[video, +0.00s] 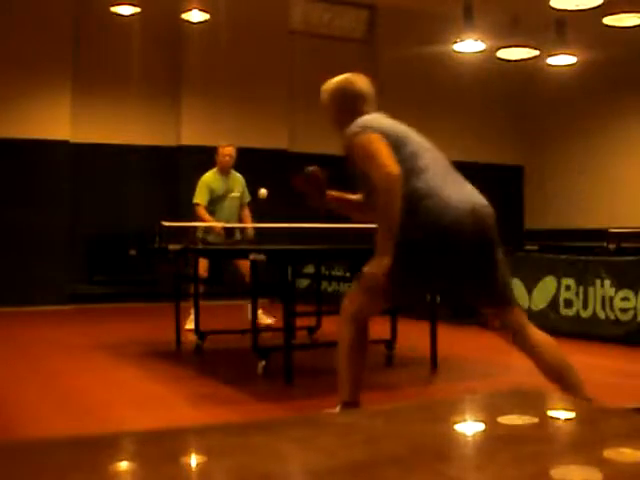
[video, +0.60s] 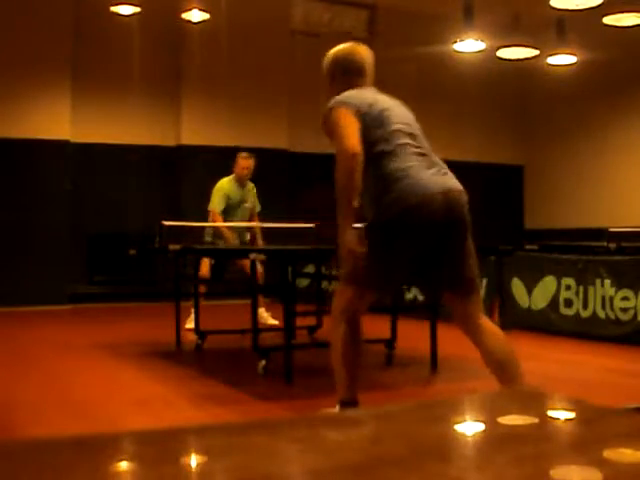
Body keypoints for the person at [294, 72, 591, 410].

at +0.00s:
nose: (328, 115)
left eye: (327, 108)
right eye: (328, 107)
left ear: (335, 108)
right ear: (366, 101)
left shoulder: (361, 130)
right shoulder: (393, 129)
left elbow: (389, 175)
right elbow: (383, 206)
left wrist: (383, 253)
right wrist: (327, 198)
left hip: (432, 226)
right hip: (477, 222)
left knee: (354, 309)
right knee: (516, 324)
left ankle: (347, 406)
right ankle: (585, 402)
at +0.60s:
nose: (328, 86)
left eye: (327, 79)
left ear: (332, 78)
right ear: (369, 76)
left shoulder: (342, 104)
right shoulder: (395, 105)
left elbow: (352, 151)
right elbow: (418, 160)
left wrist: (348, 223)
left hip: (403, 203)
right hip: (451, 197)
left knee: (345, 309)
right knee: (470, 314)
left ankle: (347, 404)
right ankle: (523, 397)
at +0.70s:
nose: (350, 72)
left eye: (351, 65)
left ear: (354, 65)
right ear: (393, 65)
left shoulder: (360, 91)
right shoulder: (417, 97)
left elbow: (369, 124)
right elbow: (442, 152)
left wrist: (369, 199)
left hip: (405, 202)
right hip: (455, 199)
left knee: (345, 306)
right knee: (487, 317)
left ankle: (342, 405)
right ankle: (531, 403)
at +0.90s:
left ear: (380, 54)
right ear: (421, 53)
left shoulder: (367, 84)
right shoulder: (447, 90)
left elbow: (346, 121)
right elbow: (478, 148)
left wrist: (339, 186)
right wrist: (441, 164)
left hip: (394, 204)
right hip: (454, 203)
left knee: (350, 313)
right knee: (489, 308)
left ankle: (330, 403)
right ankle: (524, 396)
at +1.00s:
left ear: (396, 65)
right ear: (437, 65)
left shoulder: (376, 99)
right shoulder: (461, 105)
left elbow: (336, 147)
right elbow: (494, 162)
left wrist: (323, 215)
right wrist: (468, 194)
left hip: (398, 217)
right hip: (461, 216)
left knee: (352, 314)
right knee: (498, 315)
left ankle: (334, 403)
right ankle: (524, 401)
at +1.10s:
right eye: (464, 73)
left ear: (423, 76)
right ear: (461, 78)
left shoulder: (398, 108)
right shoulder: (484, 115)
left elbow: (353, 159)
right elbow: (509, 171)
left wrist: (352, 218)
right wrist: (515, 219)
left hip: (404, 217)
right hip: (467, 217)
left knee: (360, 315)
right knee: (509, 317)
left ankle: (336, 404)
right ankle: (524, 409)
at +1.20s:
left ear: (466, 84)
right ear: (503, 88)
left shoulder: (437, 113)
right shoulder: (513, 120)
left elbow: (384, 154)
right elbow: (518, 164)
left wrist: (370, 213)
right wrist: (545, 228)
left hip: (414, 212)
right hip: (475, 216)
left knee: (379, 313)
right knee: (516, 323)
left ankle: (342, 402)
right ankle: (525, 414)